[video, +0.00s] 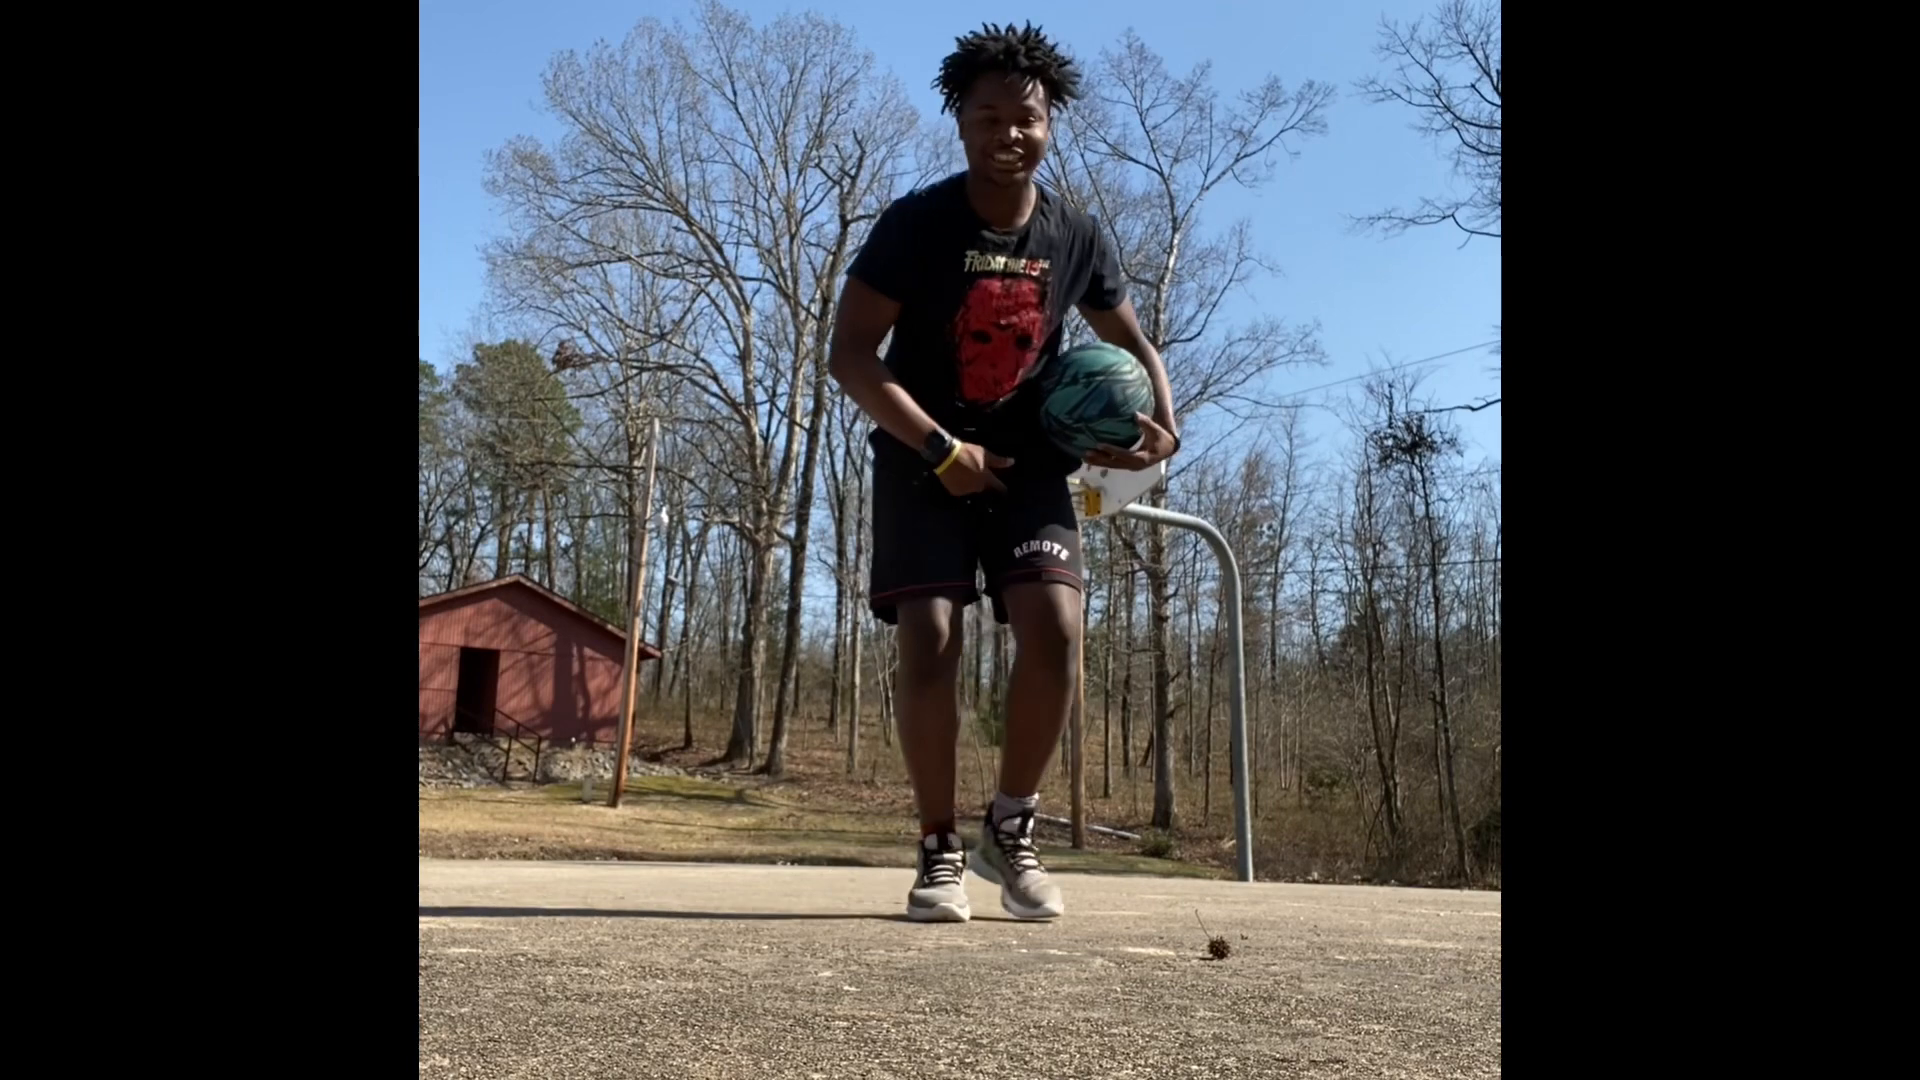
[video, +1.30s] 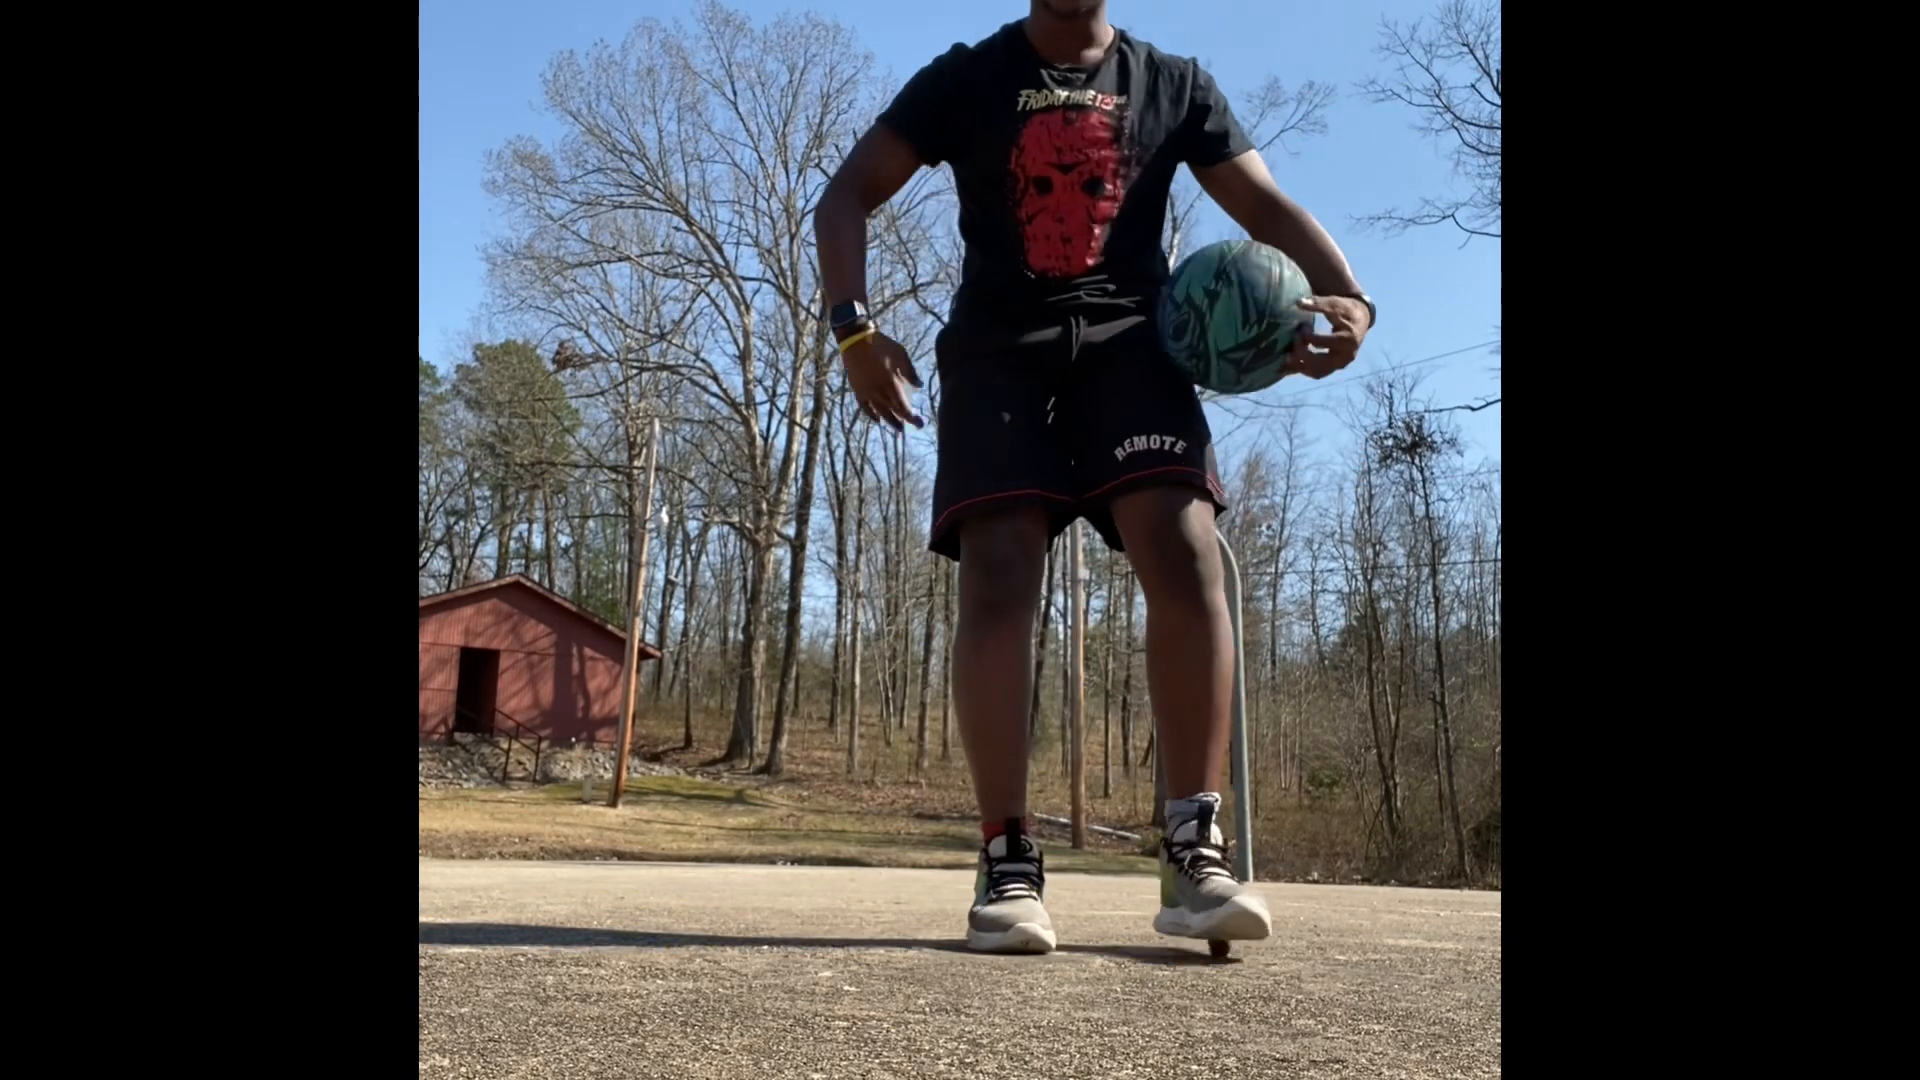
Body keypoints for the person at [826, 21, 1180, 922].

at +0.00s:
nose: (1008, 134)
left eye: (1025, 118)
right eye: (989, 119)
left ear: (1050, 126)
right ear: (960, 127)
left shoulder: (1076, 235)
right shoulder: (913, 225)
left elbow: (1131, 346)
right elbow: (850, 356)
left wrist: (1166, 426)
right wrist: (937, 445)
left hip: (1032, 459)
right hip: (922, 453)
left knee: (1057, 630)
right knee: (929, 640)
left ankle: (1010, 829)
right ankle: (939, 853)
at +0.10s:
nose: (1037, 103)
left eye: (1056, 87)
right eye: (1018, 85)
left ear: (1081, 101)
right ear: (987, 92)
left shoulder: (1106, 220)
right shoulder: (931, 197)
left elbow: (1171, 325)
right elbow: (831, 309)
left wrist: (1203, 410)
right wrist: (887, 411)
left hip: (1052, 440)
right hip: (937, 434)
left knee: (1083, 596)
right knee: (934, 636)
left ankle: (1101, 855)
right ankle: (943, 853)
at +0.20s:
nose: (1079, 96)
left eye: (1100, 82)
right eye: (1061, 75)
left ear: (1123, 96)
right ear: (1028, 79)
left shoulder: (1143, 214)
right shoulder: (960, 180)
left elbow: (1220, 322)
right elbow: (819, 243)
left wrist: (1248, 408)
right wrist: (832, 332)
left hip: (1078, 443)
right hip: (958, 438)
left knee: (1117, 589)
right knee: (946, 651)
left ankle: (1172, 824)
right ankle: (945, 855)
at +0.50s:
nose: (1165, 11)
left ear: (1215, 17)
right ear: (1112, 6)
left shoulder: (1239, 153)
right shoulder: (1036, 108)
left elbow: (1280, 307)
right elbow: (902, 218)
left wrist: (1351, 394)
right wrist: (962, 269)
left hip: (1156, 399)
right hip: (1032, 394)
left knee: (1193, 587)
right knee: (1038, 609)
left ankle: (1201, 873)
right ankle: (993, 793)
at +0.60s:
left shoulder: (1243, 97)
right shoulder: (1034, 76)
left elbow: (1295, 246)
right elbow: (965, 242)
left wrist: (1345, 320)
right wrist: (1067, 301)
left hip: (1177, 367)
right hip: (1043, 359)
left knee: (1202, 580)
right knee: (1045, 578)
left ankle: (1207, 871)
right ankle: (1006, 816)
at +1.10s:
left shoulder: (1188, 68)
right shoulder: (978, 75)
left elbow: (1264, 202)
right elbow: (925, 237)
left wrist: (1327, 294)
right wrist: (968, 362)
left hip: (1148, 372)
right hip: (1014, 372)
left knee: (1190, 571)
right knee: (1008, 590)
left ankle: (1199, 870)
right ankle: (1008, 867)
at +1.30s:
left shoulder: (1174, 86)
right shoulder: (962, 82)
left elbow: (1267, 209)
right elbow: (843, 202)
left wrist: (1350, 297)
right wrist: (851, 328)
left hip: (1133, 354)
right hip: (999, 359)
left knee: (1187, 548)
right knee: (998, 572)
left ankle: (1194, 858)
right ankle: (1007, 871)